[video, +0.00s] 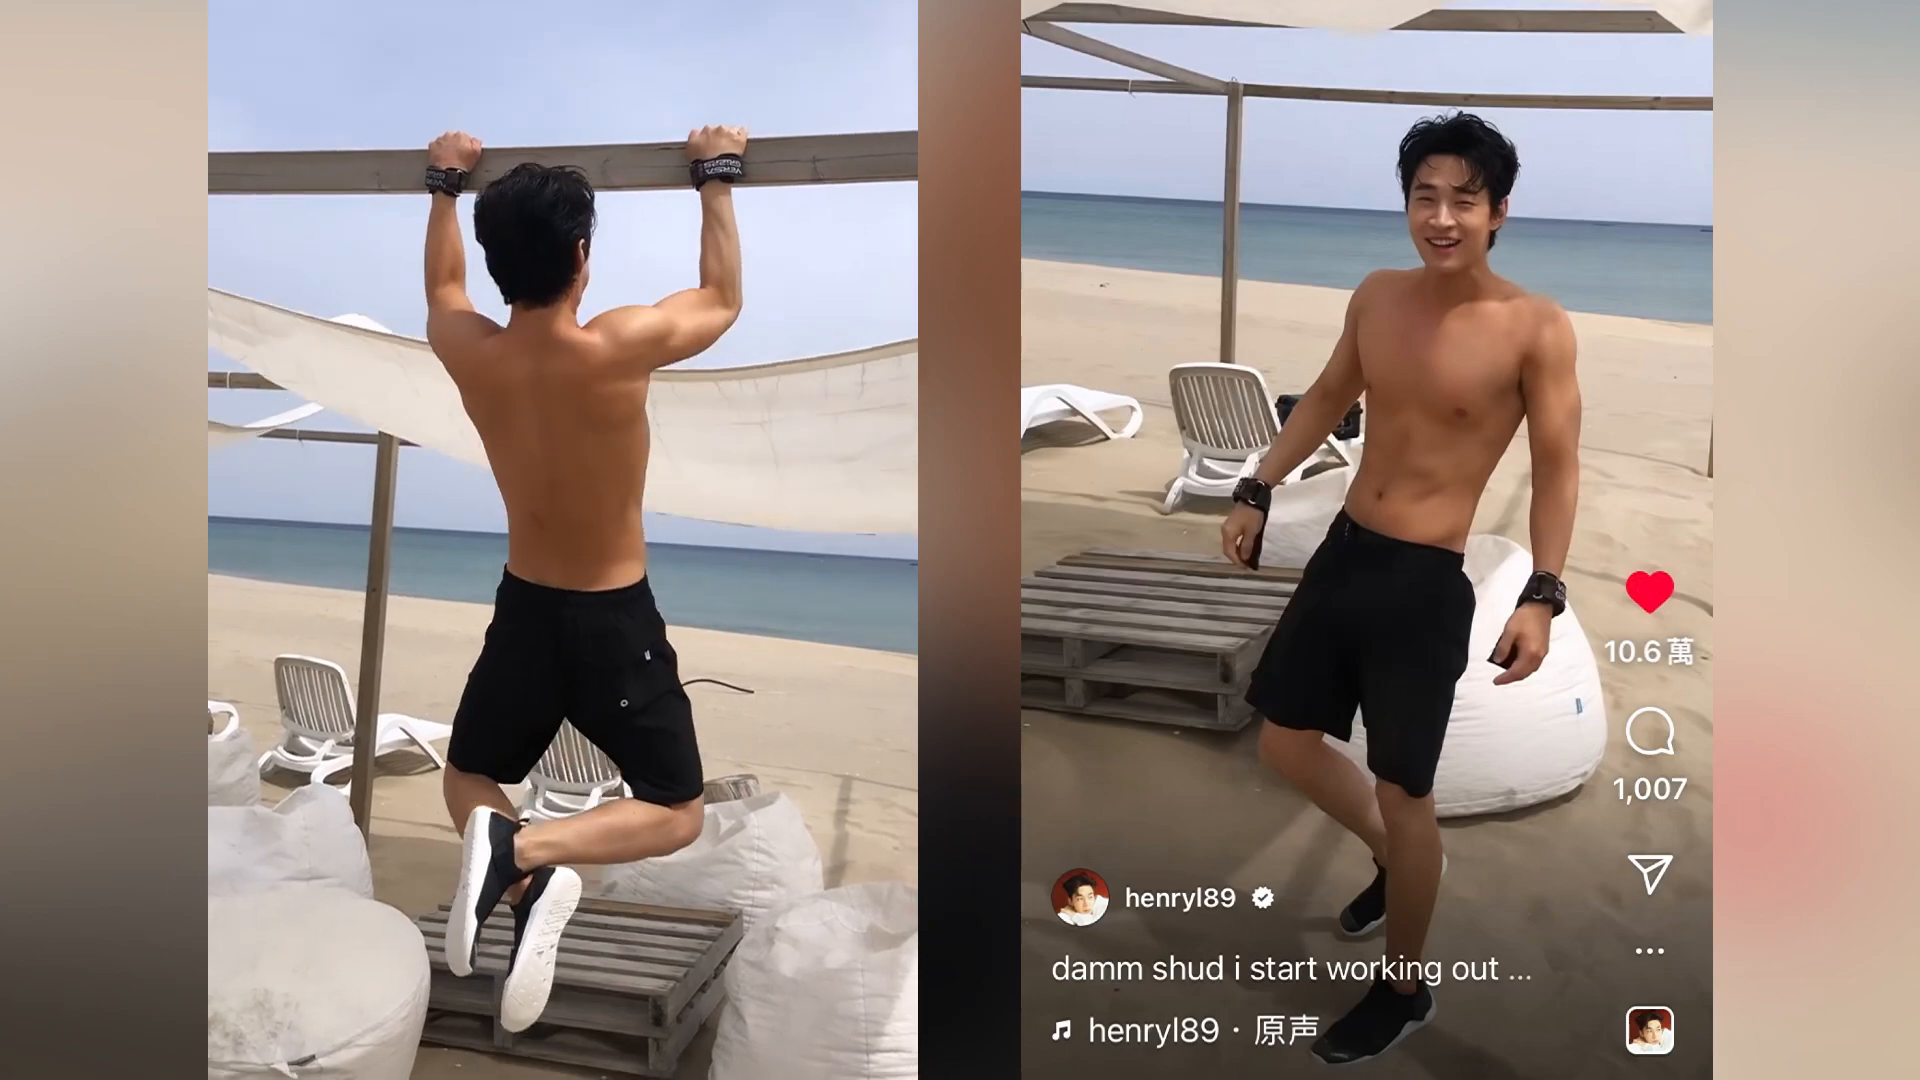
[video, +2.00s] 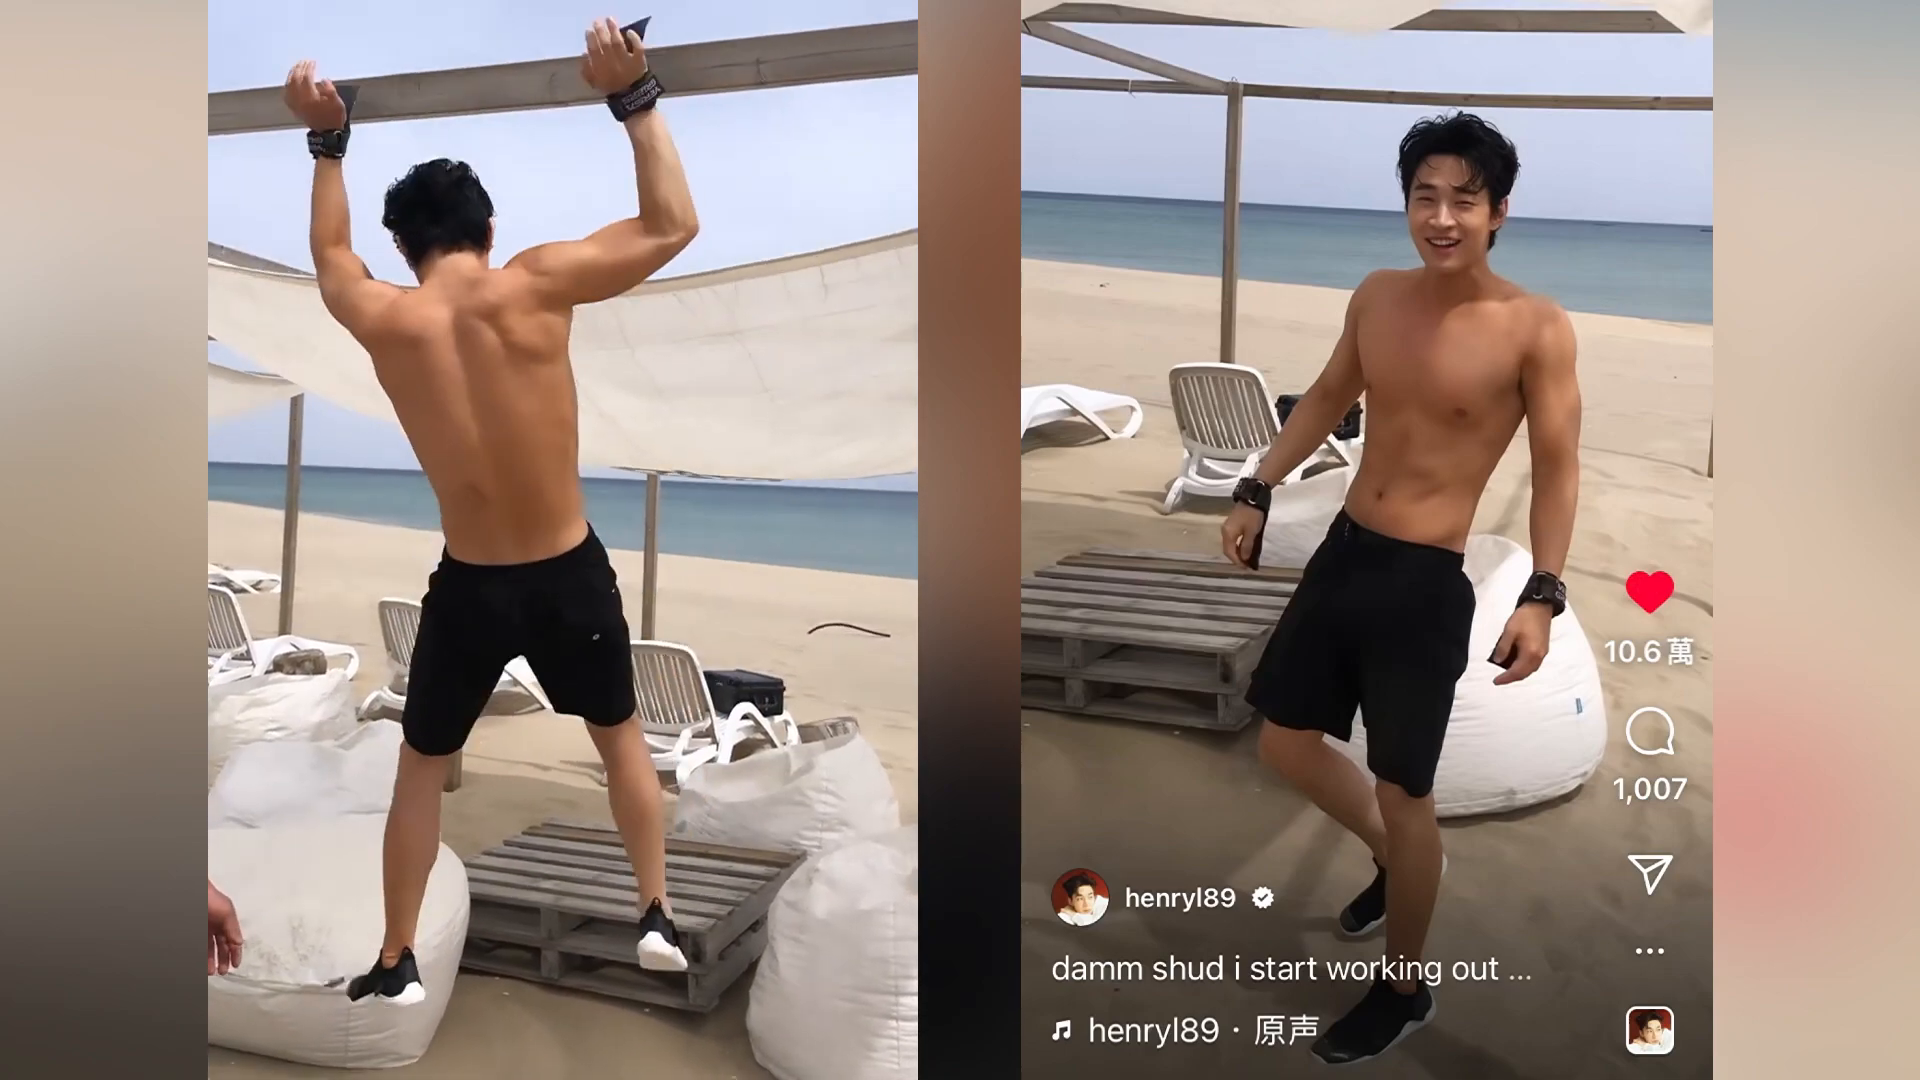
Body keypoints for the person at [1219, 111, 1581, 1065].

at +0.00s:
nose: (1440, 216)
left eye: (1462, 198)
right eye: (1424, 197)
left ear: (1498, 210)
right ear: (1406, 208)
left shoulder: (1535, 328)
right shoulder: (1378, 296)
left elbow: (1556, 468)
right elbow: (1330, 398)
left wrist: (1540, 595)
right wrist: (1255, 484)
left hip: (1426, 579)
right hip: (1345, 553)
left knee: (1402, 799)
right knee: (1284, 742)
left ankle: (1403, 981)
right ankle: (1398, 847)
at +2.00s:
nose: (1440, 216)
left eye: (1462, 198)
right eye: (1424, 197)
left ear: (1498, 210)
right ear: (1406, 207)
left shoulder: (1535, 328)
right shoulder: (1378, 296)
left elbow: (1556, 468)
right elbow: (1330, 397)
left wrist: (1541, 595)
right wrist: (1255, 484)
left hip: (1426, 579)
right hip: (1344, 553)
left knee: (1403, 799)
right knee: (1285, 742)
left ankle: (1403, 981)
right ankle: (1399, 847)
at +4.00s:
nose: (1440, 216)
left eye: (1461, 198)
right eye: (1424, 197)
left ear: (1498, 210)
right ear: (1406, 208)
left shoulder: (1535, 328)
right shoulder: (1379, 297)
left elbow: (1556, 469)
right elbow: (1330, 398)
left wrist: (1540, 595)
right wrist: (1256, 484)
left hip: (1427, 579)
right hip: (1345, 553)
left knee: (1402, 799)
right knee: (1284, 742)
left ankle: (1403, 981)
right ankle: (1398, 846)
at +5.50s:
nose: (1440, 216)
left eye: (1461, 198)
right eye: (1424, 197)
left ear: (1498, 210)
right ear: (1406, 208)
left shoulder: (1535, 328)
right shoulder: (1379, 296)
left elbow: (1556, 469)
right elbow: (1330, 398)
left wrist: (1540, 595)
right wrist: (1256, 484)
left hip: (1427, 579)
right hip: (1345, 553)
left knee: (1402, 799)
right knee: (1284, 742)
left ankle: (1403, 981)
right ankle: (1398, 846)